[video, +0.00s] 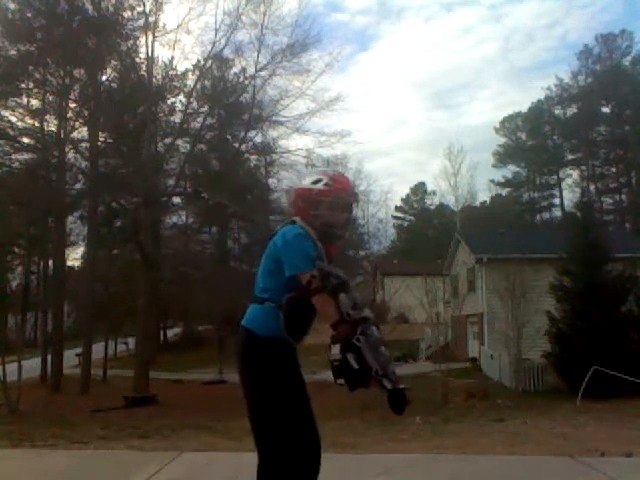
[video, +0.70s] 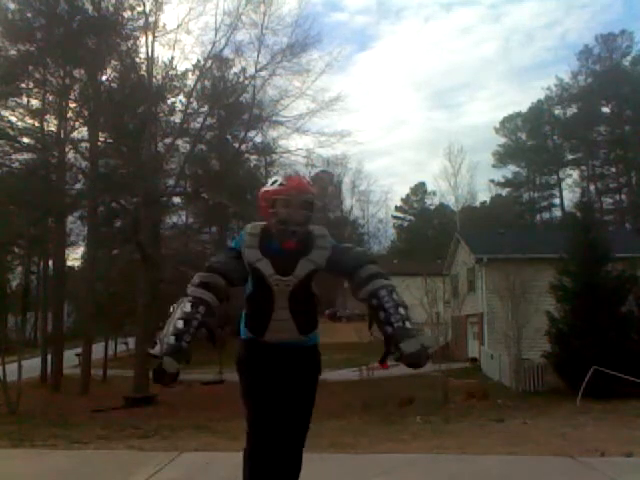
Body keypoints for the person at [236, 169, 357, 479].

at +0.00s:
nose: (342, 217)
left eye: (346, 209)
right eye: (335, 208)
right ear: (314, 208)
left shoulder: (309, 241)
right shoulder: (295, 237)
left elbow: (323, 288)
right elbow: (318, 294)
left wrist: (345, 324)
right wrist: (340, 327)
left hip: (278, 342)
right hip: (264, 342)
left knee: (297, 442)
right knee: (295, 444)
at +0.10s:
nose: (340, 218)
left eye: (344, 210)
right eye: (333, 208)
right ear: (312, 208)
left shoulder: (308, 241)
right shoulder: (290, 236)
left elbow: (321, 290)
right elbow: (312, 296)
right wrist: (331, 328)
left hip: (281, 343)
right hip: (263, 343)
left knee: (295, 443)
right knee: (292, 444)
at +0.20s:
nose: (333, 218)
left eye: (337, 211)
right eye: (327, 209)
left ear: (340, 212)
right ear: (306, 208)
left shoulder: (306, 242)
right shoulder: (284, 237)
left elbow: (322, 287)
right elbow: (292, 293)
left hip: (283, 340)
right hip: (262, 340)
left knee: (291, 428)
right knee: (277, 430)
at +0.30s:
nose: (326, 216)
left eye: (331, 209)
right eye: (320, 207)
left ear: (334, 211)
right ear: (300, 207)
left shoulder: (320, 243)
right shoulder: (274, 238)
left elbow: (336, 288)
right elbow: (277, 296)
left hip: (294, 340)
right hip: (259, 340)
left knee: (295, 427)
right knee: (271, 429)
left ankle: (296, 475)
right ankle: (275, 476)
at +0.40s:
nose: (316, 217)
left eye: (323, 210)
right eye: (308, 208)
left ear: (330, 213)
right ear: (291, 209)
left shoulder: (327, 248)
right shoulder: (267, 243)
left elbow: (361, 288)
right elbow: (264, 298)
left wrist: (384, 334)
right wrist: (265, 361)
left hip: (298, 351)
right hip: (261, 352)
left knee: (298, 437)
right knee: (272, 439)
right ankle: (273, 475)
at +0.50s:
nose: (308, 218)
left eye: (314, 210)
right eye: (300, 209)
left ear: (322, 212)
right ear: (280, 210)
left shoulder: (327, 250)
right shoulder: (257, 246)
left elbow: (370, 281)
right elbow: (236, 293)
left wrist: (396, 329)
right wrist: (225, 346)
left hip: (302, 352)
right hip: (261, 353)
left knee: (299, 439)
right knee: (269, 439)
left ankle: (297, 474)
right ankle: (271, 475)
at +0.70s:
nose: (298, 213)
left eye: (305, 207)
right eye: (289, 205)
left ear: (311, 212)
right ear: (271, 208)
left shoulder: (322, 247)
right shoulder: (245, 245)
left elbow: (366, 273)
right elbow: (210, 284)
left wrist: (399, 326)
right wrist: (178, 334)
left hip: (302, 353)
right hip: (257, 352)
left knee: (292, 440)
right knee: (261, 438)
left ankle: (287, 479)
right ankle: (256, 479)